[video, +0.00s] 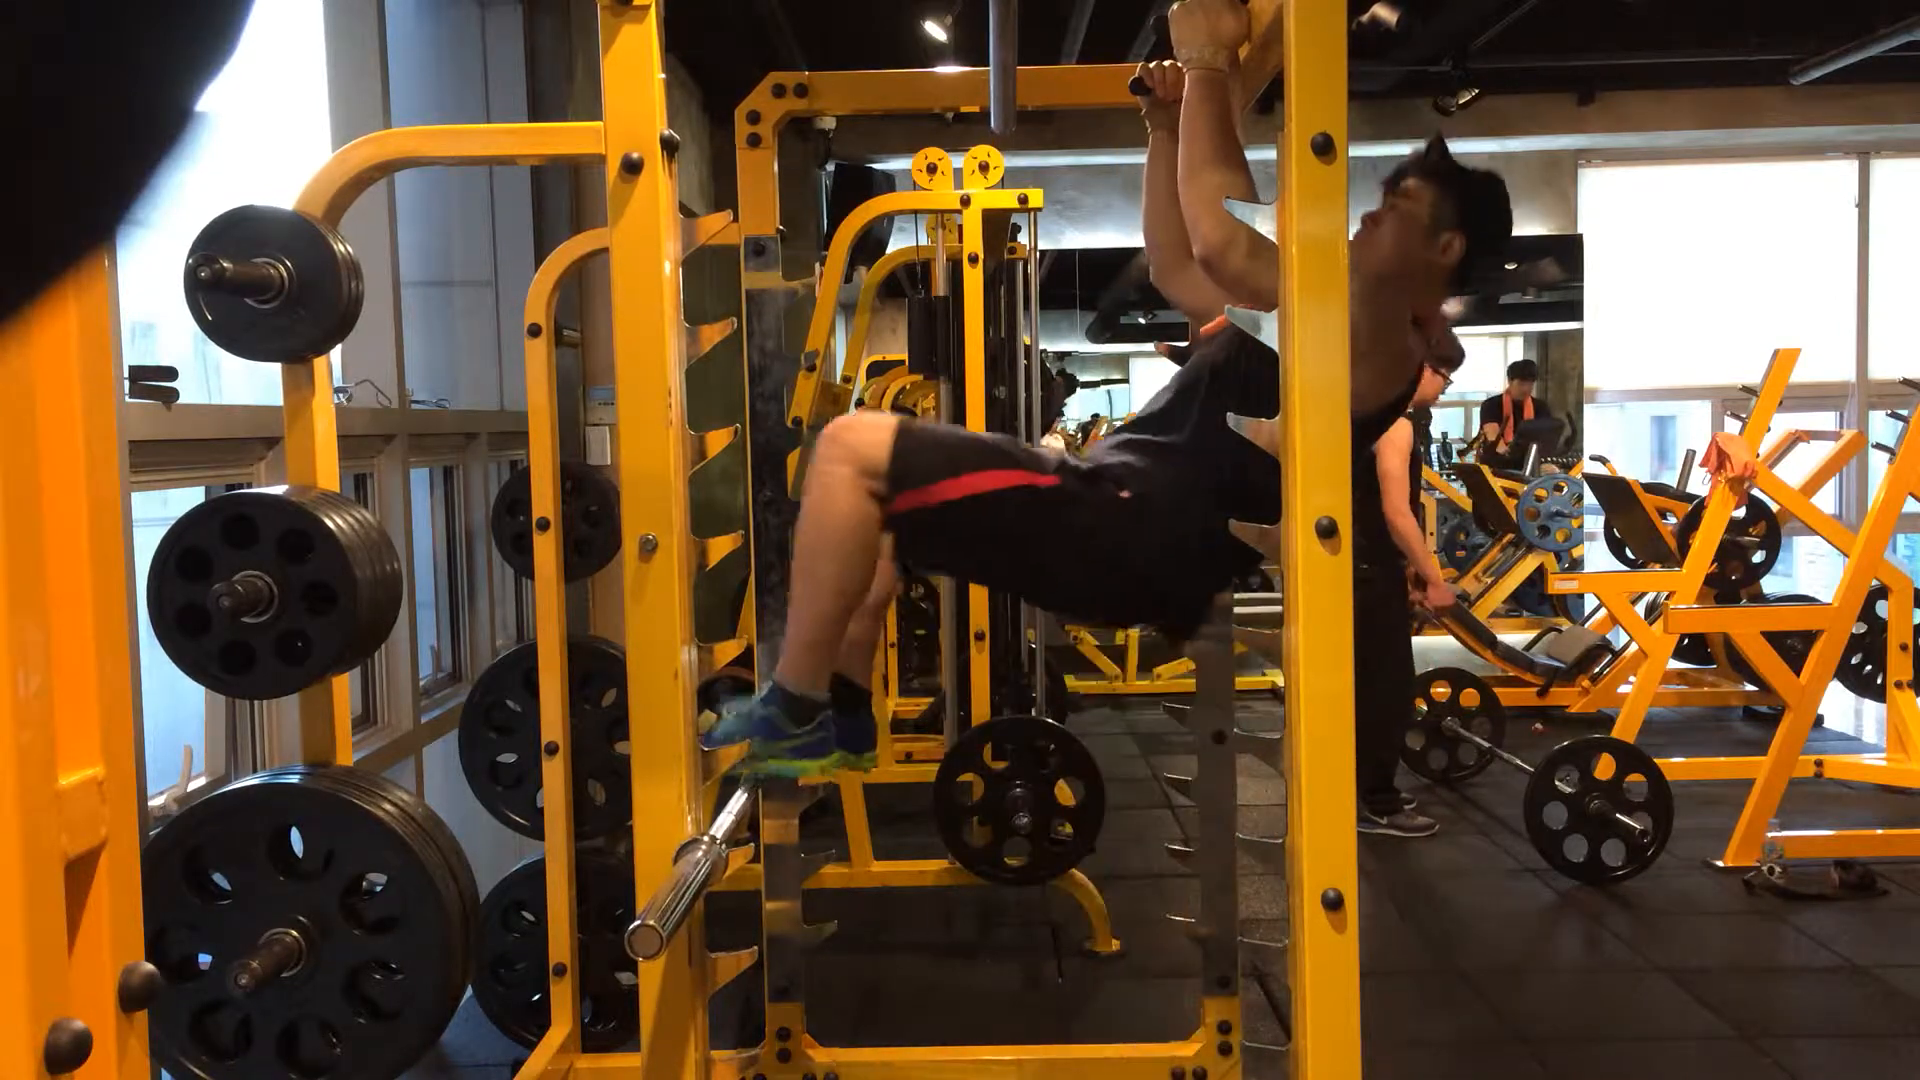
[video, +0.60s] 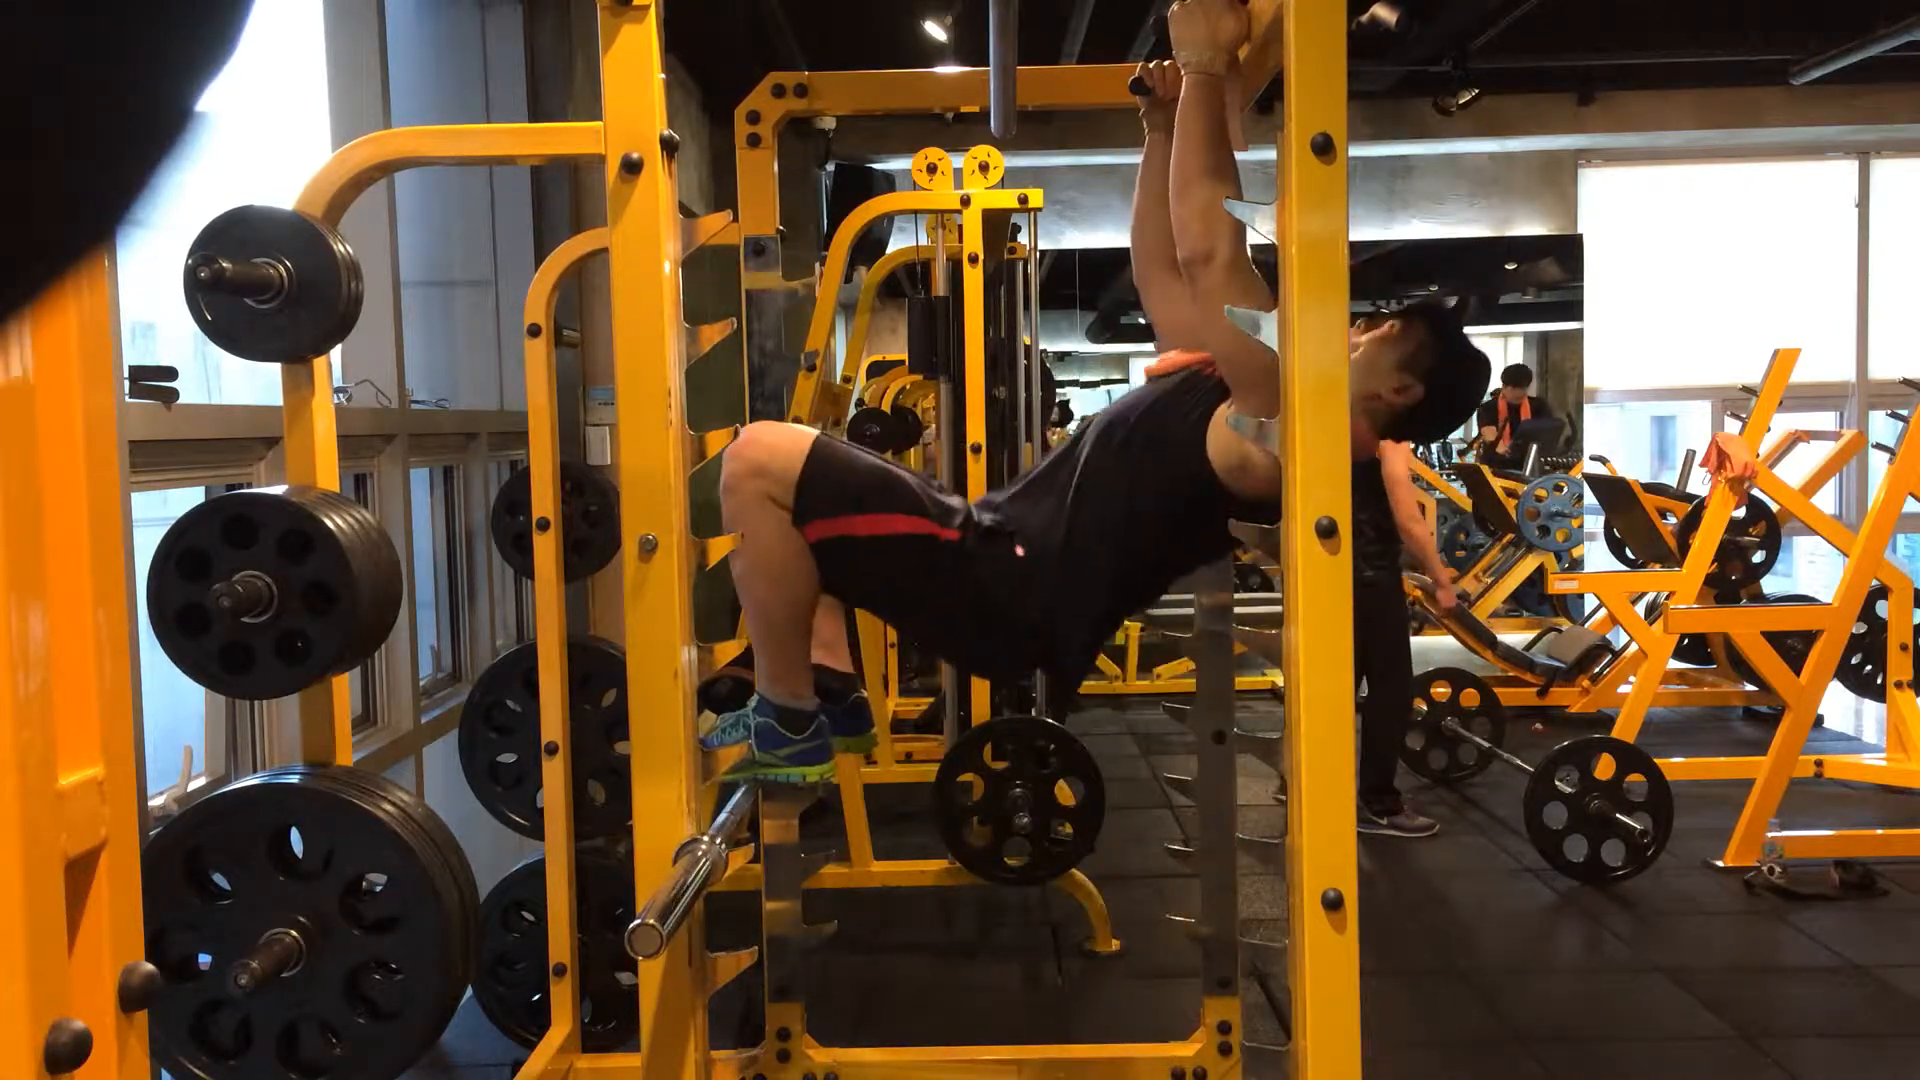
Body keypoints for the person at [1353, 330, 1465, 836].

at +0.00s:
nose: (1442, 387)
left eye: (1444, 377)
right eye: (1439, 375)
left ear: (1421, 374)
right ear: (1418, 370)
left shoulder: (1391, 418)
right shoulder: (1395, 422)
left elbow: (1393, 510)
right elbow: (1395, 510)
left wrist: (1415, 569)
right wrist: (1433, 576)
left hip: (1370, 568)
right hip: (1372, 571)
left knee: (1379, 677)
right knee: (1388, 678)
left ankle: (1373, 791)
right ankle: (1376, 799)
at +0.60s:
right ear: (1393, 396)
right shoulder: (1389, 432)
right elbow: (1405, 516)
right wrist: (1440, 578)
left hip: (1329, 574)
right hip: (1373, 579)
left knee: (1335, 685)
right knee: (1393, 684)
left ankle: (1317, 790)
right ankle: (1379, 801)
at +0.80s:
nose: (1382, 387)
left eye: (1380, 377)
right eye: (1377, 378)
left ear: (1341, 383)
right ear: (1363, 383)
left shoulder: (1311, 424)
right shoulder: (1372, 431)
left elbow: (1259, 435)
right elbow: (1392, 519)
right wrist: (1424, 576)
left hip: (1318, 577)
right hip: (1364, 580)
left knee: (1315, 687)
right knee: (1387, 690)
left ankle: (1279, 792)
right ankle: (1380, 803)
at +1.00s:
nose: (1359, 390)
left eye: (1355, 383)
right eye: (1355, 384)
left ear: (1302, 386)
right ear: (1346, 387)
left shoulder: (1271, 430)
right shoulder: (1355, 430)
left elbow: (1266, 510)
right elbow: (1372, 513)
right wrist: (1399, 573)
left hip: (1284, 575)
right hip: (1337, 576)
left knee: (1283, 684)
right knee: (1371, 687)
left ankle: (1270, 804)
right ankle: (1380, 803)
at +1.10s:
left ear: (1291, 374)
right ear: (1335, 376)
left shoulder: (1260, 427)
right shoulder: (1342, 427)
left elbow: (1254, 508)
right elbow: (1359, 512)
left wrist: (1259, 554)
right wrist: (1385, 570)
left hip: (1274, 574)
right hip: (1327, 576)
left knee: (1275, 684)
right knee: (1361, 688)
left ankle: (1270, 804)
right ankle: (1377, 802)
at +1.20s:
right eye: (1336, 376)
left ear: (1282, 379)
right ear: (1327, 384)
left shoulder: (1249, 431)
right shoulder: (1337, 432)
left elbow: (1241, 512)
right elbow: (1355, 512)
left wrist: (1252, 552)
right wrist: (1368, 572)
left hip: (1267, 574)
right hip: (1325, 576)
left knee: (1271, 685)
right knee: (1356, 687)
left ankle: (1270, 802)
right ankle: (1375, 800)